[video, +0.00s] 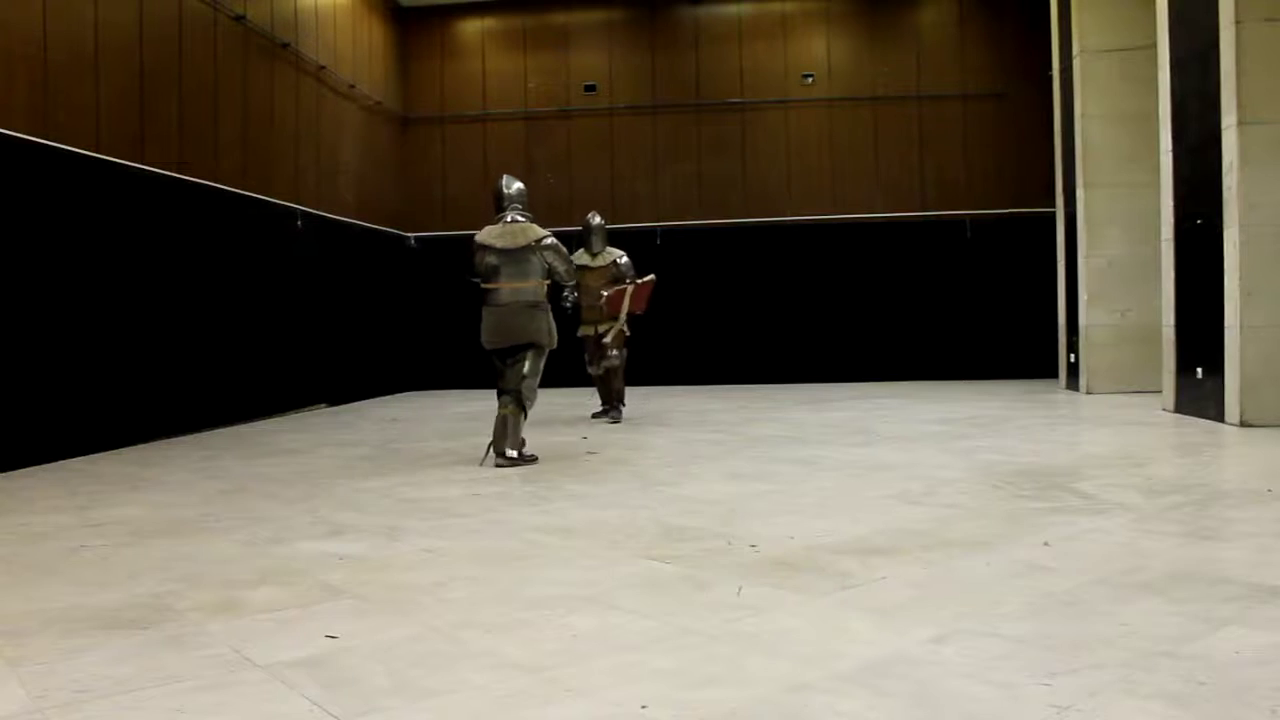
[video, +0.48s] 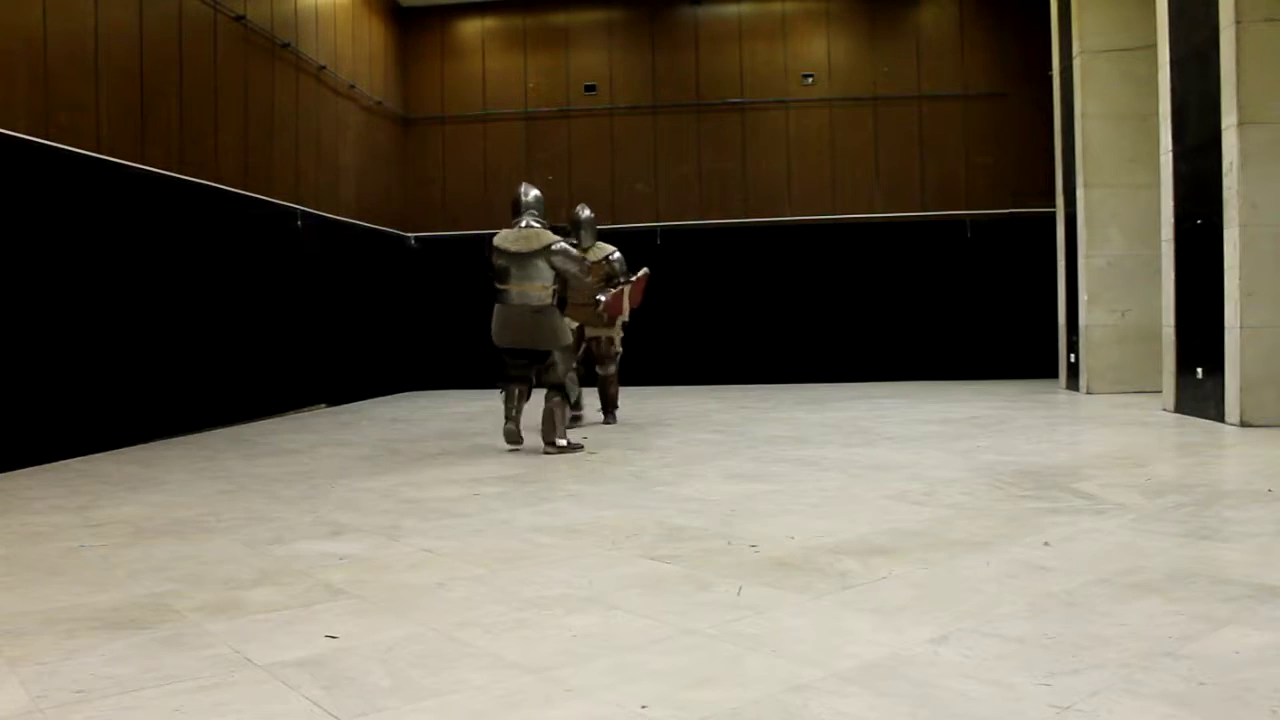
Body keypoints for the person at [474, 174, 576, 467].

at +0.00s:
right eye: (523, 200)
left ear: (498, 204)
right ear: (526, 202)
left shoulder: (484, 239)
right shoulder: (540, 238)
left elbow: (480, 274)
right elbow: (567, 274)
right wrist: (565, 294)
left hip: (495, 319)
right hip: (533, 317)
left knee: (508, 382)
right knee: (522, 384)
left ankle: (507, 444)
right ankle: (507, 447)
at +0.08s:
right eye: (525, 202)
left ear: (499, 206)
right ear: (527, 204)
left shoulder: (485, 242)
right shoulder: (540, 240)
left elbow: (483, 276)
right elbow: (569, 277)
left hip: (497, 322)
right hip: (534, 320)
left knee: (511, 381)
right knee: (529, 384)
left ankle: (503, 440)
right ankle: (512, 443)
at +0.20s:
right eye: (528, 204)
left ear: (502, 206)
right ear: (530, 205)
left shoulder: (487, 240)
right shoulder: (541, 238)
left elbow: (485, 275)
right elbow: (569, 275)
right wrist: (559, 297)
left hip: (499, 321)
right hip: (536, 320)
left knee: (508, 375)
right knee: (546, 378)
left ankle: (513, 435)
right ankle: (521, 427)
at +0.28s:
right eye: (530, 201)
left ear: (505, 204)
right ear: (532, 203)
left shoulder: (490, 238)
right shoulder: (542, 237)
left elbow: (488, 272)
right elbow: (571, 270)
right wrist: (559, 292)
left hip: (502, 316)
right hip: (538, 315)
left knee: (512, 375)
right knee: (550, 375)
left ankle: (515, 440)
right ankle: (534, 432)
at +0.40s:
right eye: (538, 204)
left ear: (512, 206)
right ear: (539, 205)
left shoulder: (496, 238)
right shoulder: (546, 238)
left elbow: (496, 269)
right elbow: (576, 266)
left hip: (505, 318)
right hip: (541, 318)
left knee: (517, 372)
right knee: (559, 376)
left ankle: (515, 434)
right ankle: (554, 438)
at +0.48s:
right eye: (541, 207)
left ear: (515, 210)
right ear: (541, 209)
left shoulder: (500, 242)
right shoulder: (550, 243)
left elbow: (500, 274)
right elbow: (581, 271)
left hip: (507, 319)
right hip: (543, 320)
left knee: (517, 368)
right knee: (559, 375)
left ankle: (511, 420)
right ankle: (554, 436)